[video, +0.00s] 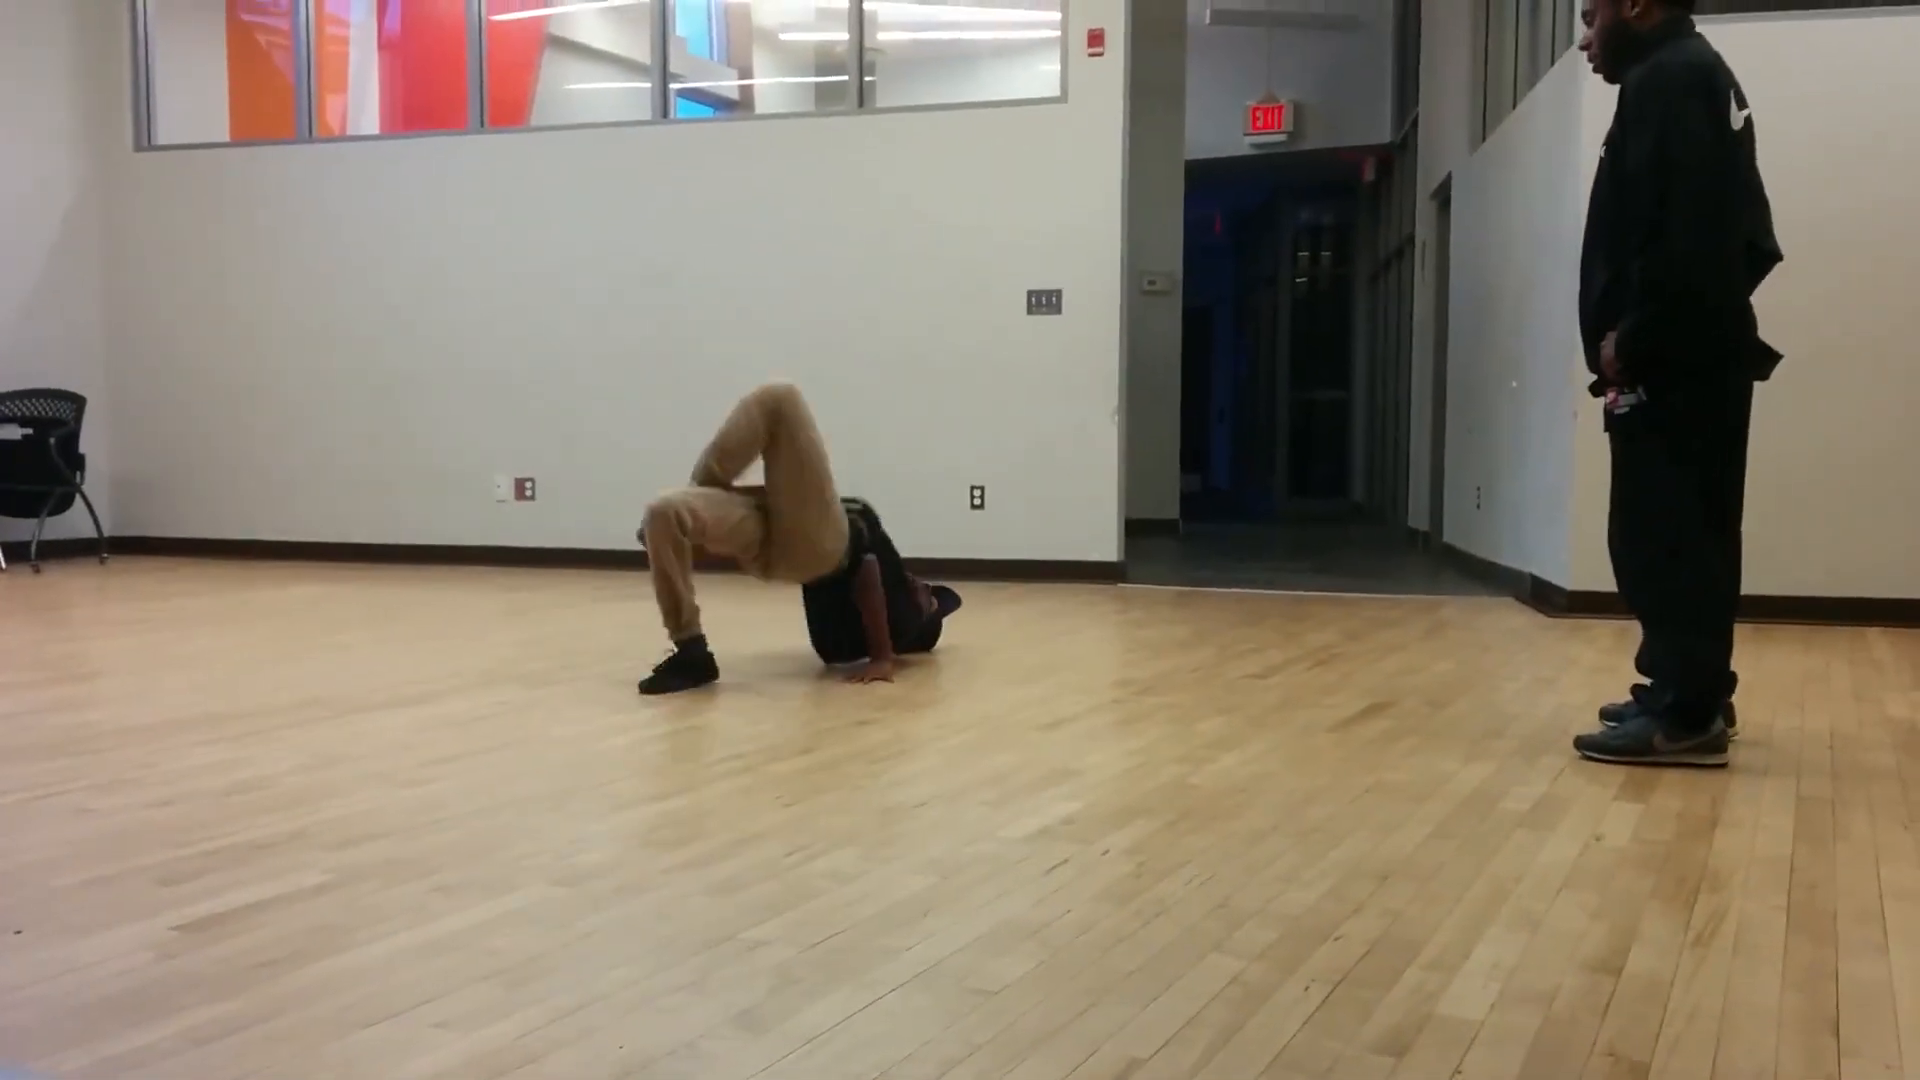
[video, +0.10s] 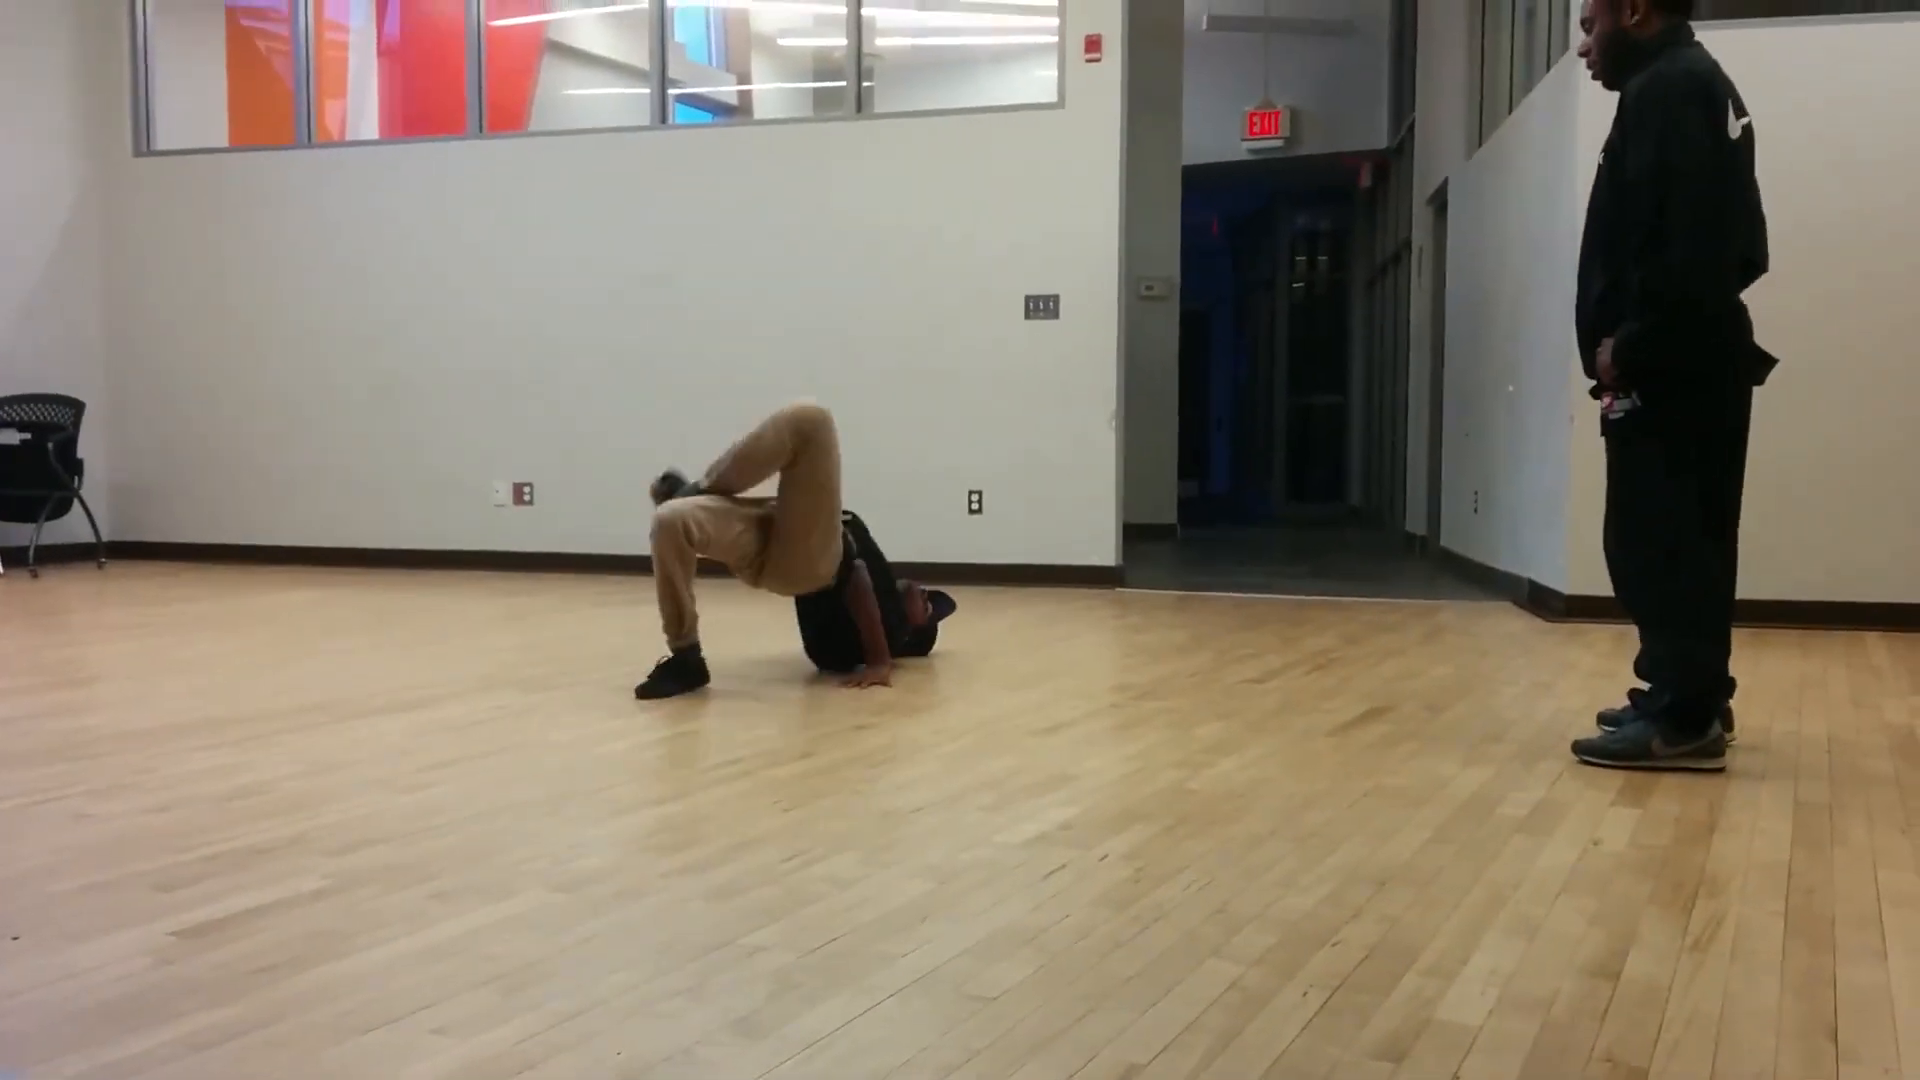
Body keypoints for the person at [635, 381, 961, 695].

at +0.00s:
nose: (924, 589)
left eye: (932, 600)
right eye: (928, 588)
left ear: (925, 619)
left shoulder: (912, 626)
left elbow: (868, 569)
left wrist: (882, 658)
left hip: (820, 545)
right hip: (765, 530)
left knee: (780, 402)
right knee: (663, 513)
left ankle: (694, 499)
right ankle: (692, 654)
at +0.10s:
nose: (924, 594)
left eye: (929, 607)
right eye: (929, 595)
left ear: (913, 632)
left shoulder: (895, 636)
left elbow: (858, 577)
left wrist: (880, 663)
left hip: (810, 562)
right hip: (766, 534)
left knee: (811, 423)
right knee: (671, 522)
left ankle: (699, 495)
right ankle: (686, 660)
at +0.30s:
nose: (917, 603)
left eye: (922, 620)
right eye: (922, 603)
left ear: (899, 641)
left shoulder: (870, 643)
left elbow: (862, 584)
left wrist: (876, 671)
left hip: (823, 563)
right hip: (783, 525)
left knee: (852, 423)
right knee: (683, 540)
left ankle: (726, 485)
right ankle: (673, 669)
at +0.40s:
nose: (917, 615)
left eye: (920, 626)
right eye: (922, 616)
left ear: (904, 642)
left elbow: (861, 583)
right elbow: (787, 521)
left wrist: (875, 674)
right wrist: (747, 473)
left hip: (848, 539)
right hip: (796, 522)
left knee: (894, 403)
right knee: (689, 532)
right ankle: (671, 672)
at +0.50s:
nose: (923, 629)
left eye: (925, 638)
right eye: (930, 630)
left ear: (913, 643)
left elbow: (877, 594)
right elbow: (797, 492)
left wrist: (877, 681)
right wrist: (785, 417)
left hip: (859, 536)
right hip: (807, 526)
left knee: (943, 425)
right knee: (705, 484)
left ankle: (823, 383)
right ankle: (673, 633)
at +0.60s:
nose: (924, 637)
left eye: (927, 641)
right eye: (927, 636)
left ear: (917, 640)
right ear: (918, 626)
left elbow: (887, 597)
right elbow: (817, 467)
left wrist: (878, 681)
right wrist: (838, 382)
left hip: (862, 544)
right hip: (810, 531)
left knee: (957, 449)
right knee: (751, 413)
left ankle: (889, 356)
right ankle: (696, 542)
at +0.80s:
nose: (895, 648)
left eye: (894, 653)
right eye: (895, 651)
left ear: (877, 644)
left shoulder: (847, 644)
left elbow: (871, 603)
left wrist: (880, 690)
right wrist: (882, 372)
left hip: (827, 484)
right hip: (800, 479)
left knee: (960, 443)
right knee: (920, 427)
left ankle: (920, 336)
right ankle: (837, 377)